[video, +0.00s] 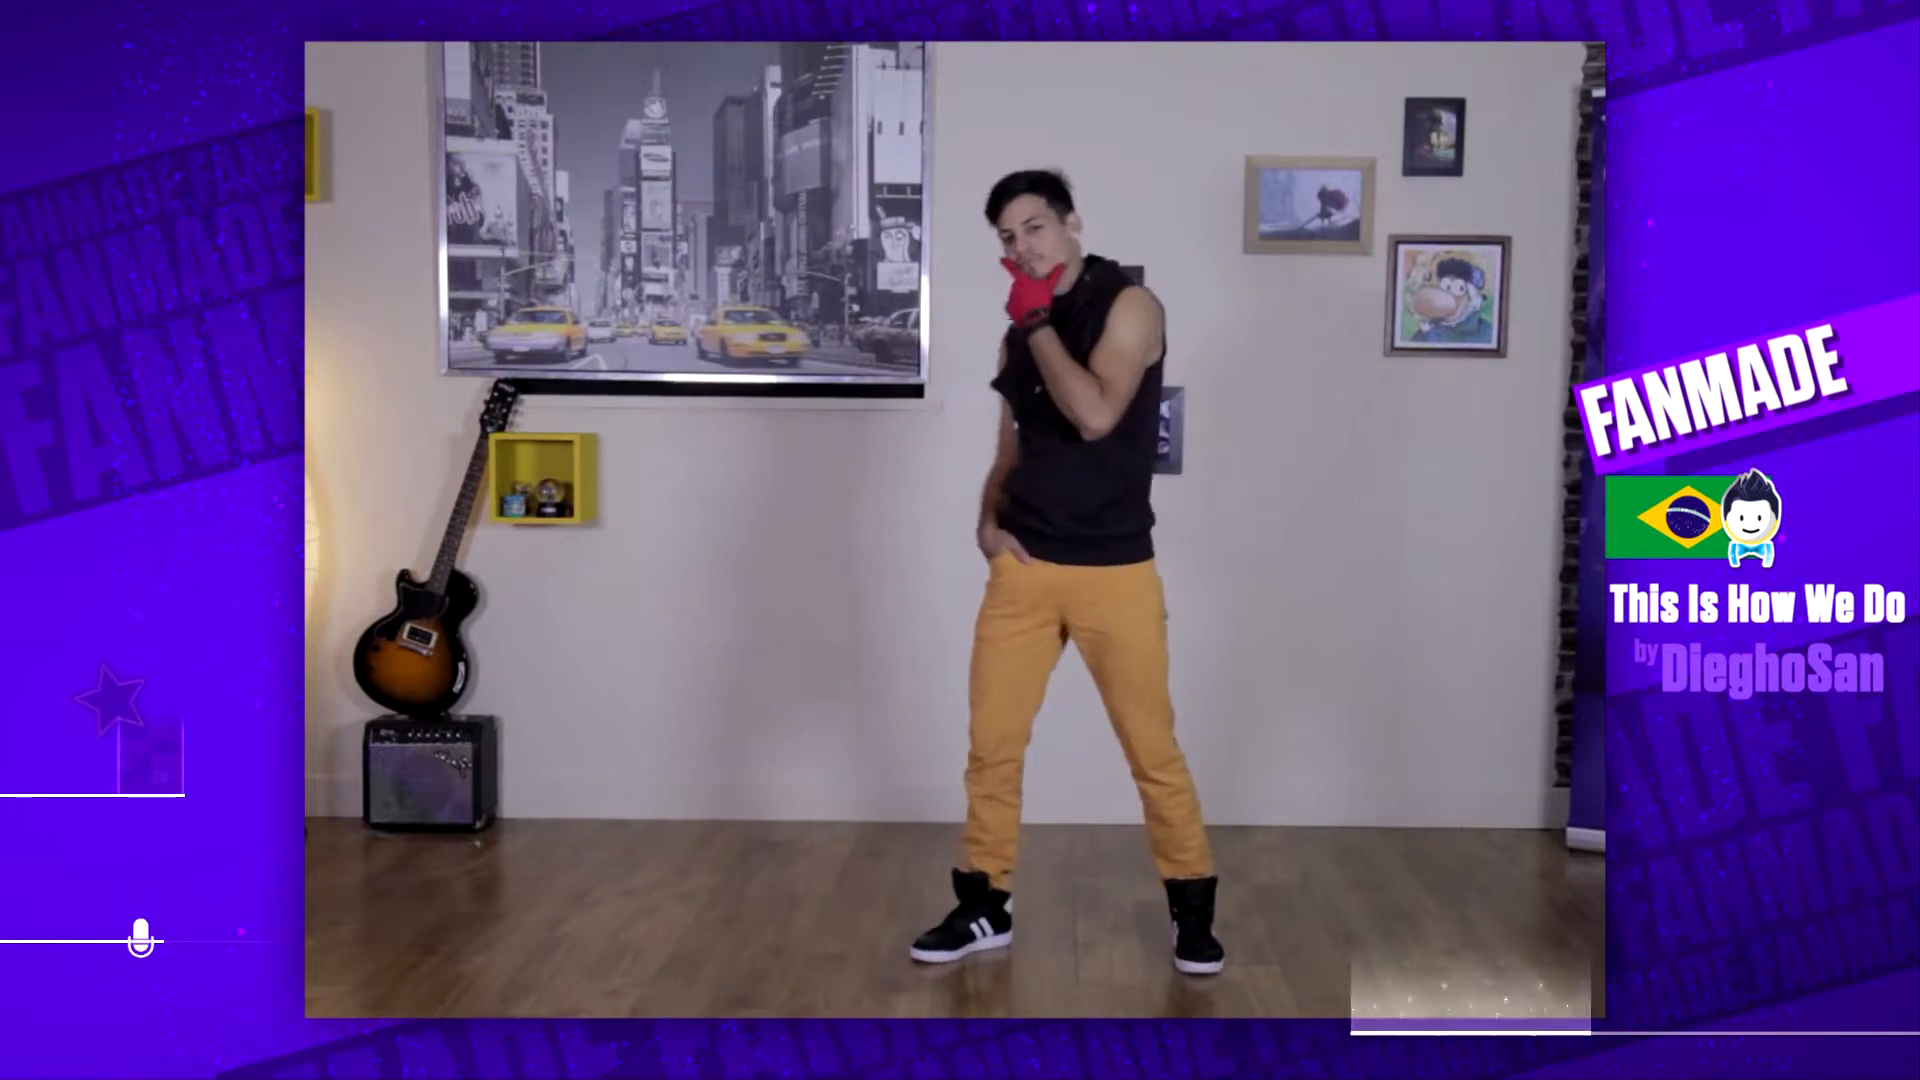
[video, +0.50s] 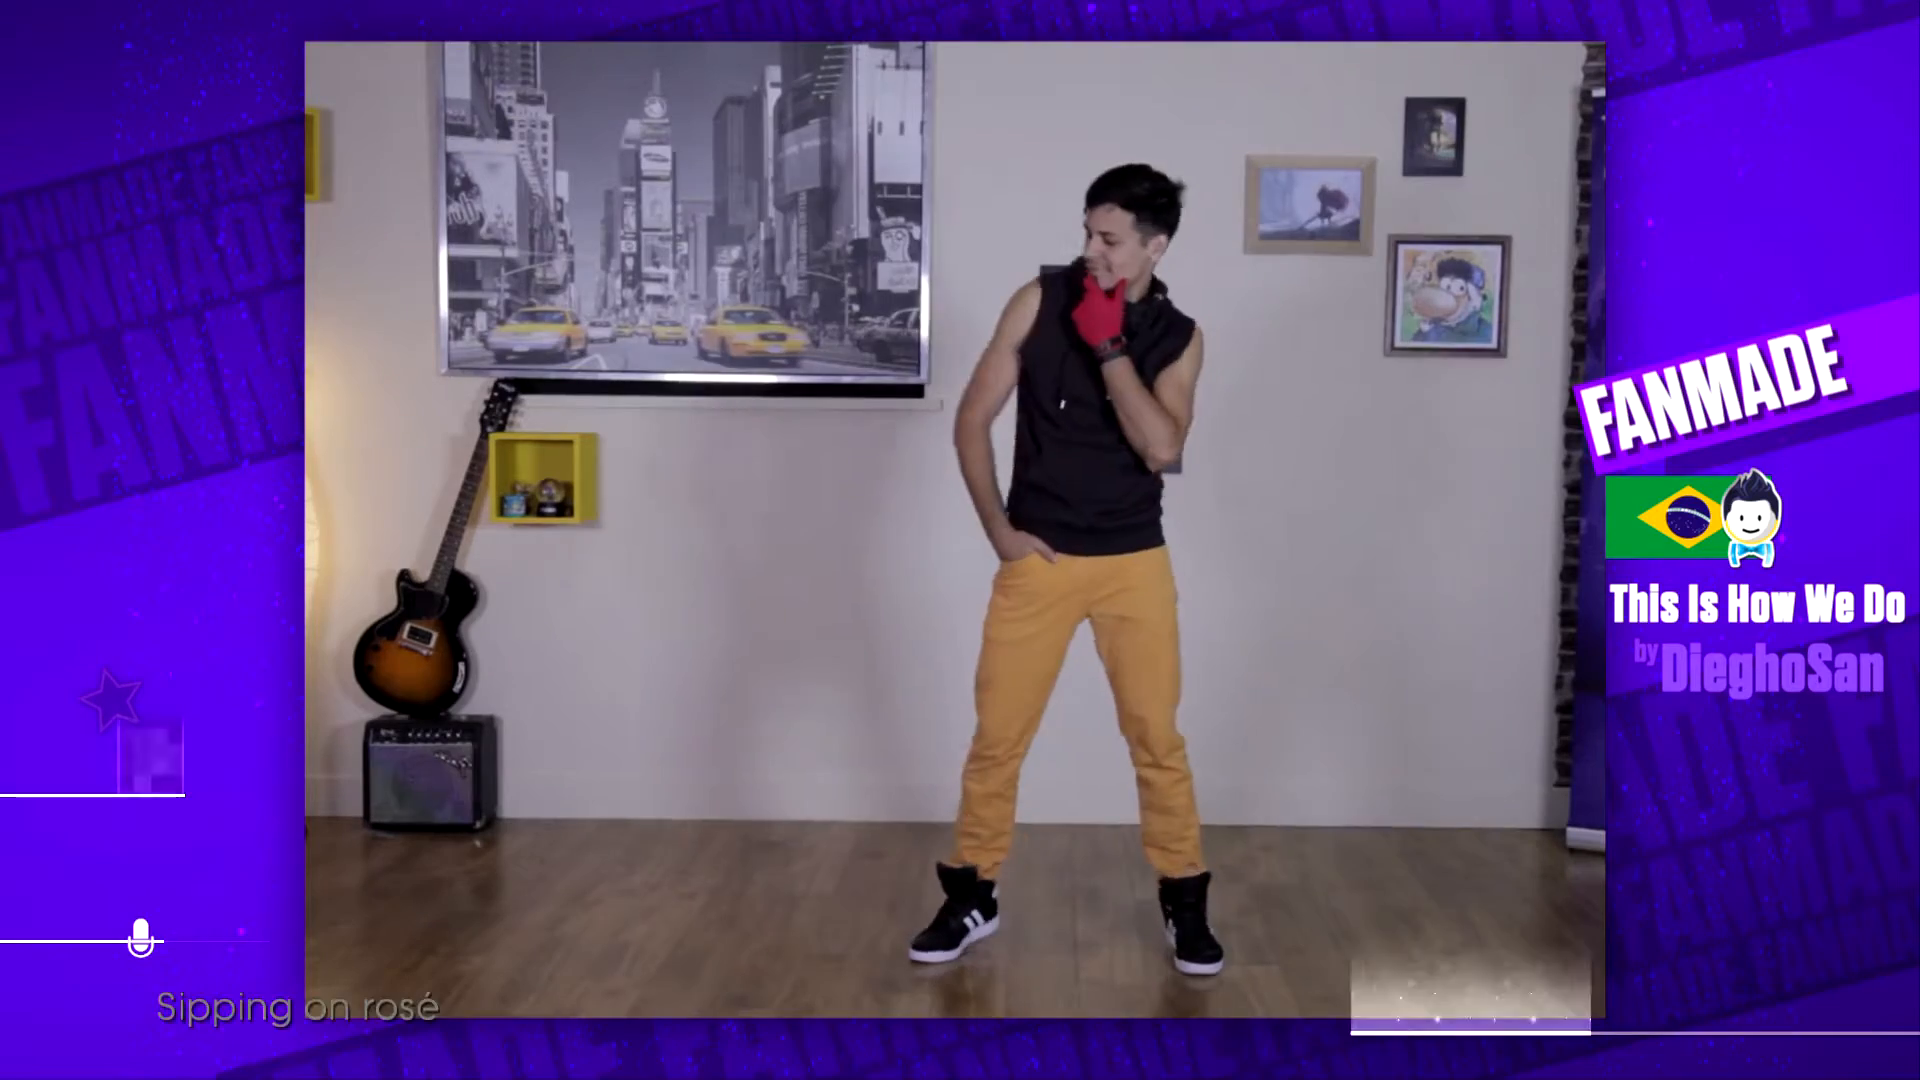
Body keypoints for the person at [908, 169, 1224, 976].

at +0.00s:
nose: (1022, 247)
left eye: (1034, 228)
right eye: (1009, 238)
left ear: (1073, 225)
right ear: (1002, 248)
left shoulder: (1132, 307)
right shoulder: (1024, 326)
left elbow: (1099, 413)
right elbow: (1012, 440)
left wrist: (1036, 321)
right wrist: (989, 516)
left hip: (1113, 574)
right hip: (1023, 570)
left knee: (1151, 751)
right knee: (992, 746)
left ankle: (1191, 909)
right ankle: (984, 906)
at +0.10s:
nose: (1052, 247)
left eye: (1064, 229)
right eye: (1040, 237)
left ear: (1105, 225)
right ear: (1035, 246)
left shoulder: (1159, 311)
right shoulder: (1045, 331)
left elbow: (1118, 416)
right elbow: (1037, 444)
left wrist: (1058, 325)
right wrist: (1007, 516)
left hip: (1130, 576)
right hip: (1038, 572)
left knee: (1161, 752)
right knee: (1003, 746)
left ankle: (1192, 908)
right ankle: (985, 905)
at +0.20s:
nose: (1068, 252)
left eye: (1081, 236)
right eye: (1058, 241)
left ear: (1127, 230)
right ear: (1052, 245)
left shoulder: (1178, 320)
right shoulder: (1056, 326)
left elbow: (1137, 424)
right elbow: (1038, 437)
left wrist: (1078, 330)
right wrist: (1013, 518)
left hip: (1137, 578)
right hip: (1044, 572)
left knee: (1164, 752)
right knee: (1010, 747)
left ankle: (1192, 908)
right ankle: (988, 904)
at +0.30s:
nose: (1089, 263)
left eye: (1104, 246)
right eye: (1081, 248)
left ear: (1151, 243)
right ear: (1076, 249)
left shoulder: (1192, 337)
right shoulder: (1048, 330)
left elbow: (1158, 443)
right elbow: (1014, 447)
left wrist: (1101, 348)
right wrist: (1010, 531)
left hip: (1143, 577)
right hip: (1048, 570)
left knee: (1165, 749)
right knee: (1011, 746)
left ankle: (1192, 910)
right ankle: (987, 905)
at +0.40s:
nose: (1099, 264)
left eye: (1117, 250)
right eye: (1092, 248)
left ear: (1162, 250)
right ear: (1086, 244)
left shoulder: (1192, 341)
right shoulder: (1050, 315)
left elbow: (1165, 451)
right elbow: (993, 433)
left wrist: (1111, 352)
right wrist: (1006, 531)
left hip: (1143, 574)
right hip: (1047, 567)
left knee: (1164, 744)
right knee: (1006, 744)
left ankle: (1191, 908)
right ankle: (983, 904)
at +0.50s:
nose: (1096, 253)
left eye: (1114, 239)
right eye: (1090, 236)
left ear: (1158, 244)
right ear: (1085, 232)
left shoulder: (1175, 336)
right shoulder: (1041, 301)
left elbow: (1164, 450)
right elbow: (970, 422)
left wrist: (1111, 351)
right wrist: (998, 528)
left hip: (1134, 566)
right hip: (1038, 562)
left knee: (1157, 738)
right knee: (996, 738)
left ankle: (1185, 901)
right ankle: (969, 897)